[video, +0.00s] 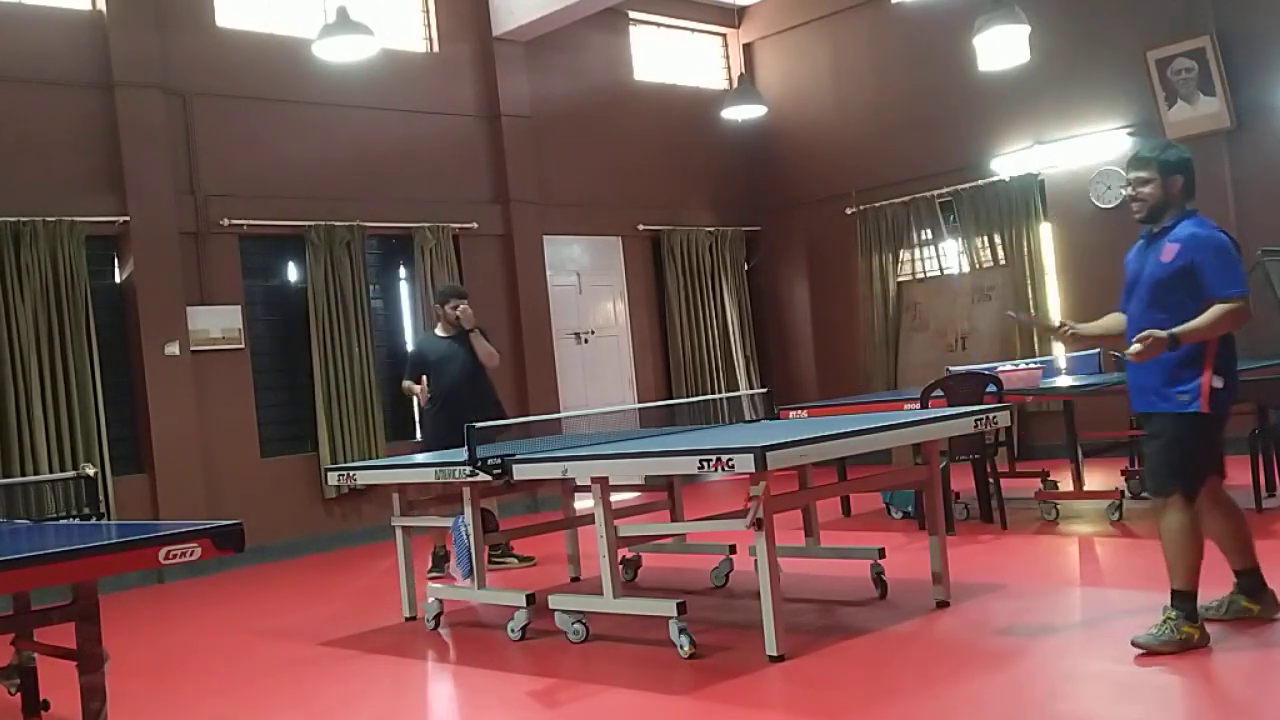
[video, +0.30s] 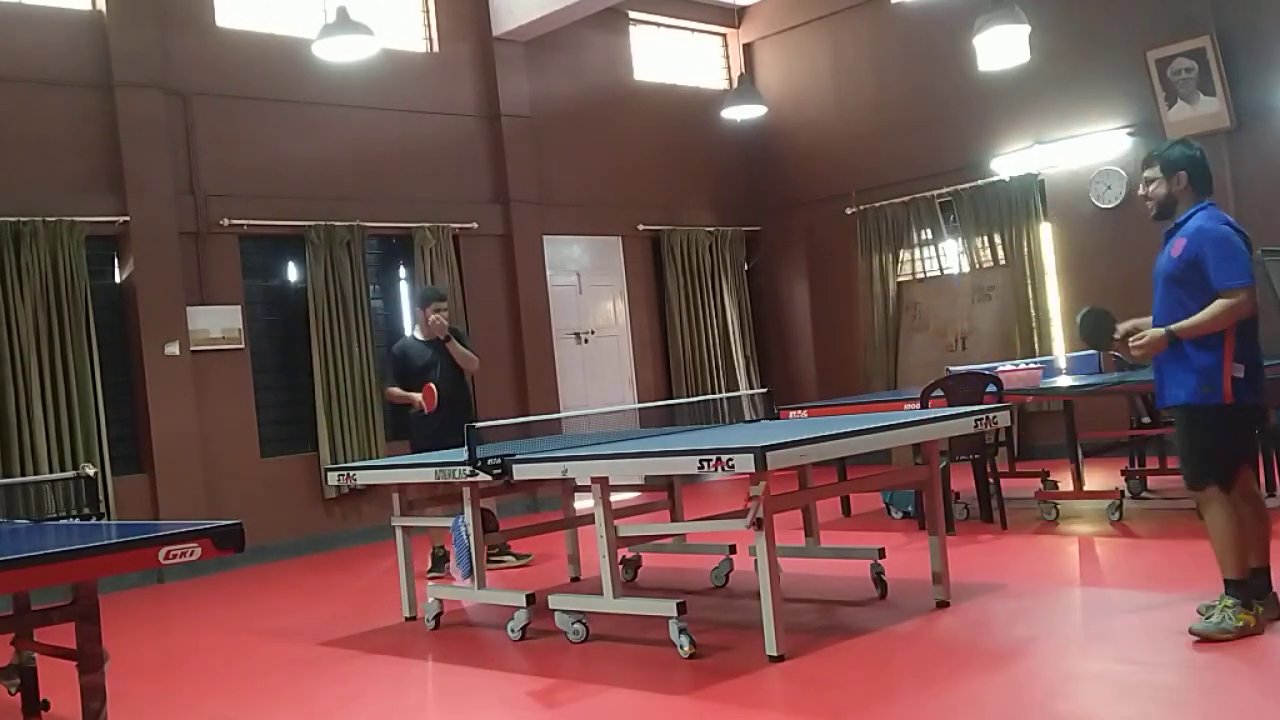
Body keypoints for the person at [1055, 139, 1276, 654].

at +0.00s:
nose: (1131, 194)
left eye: (1141, 184)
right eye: (1128, 186)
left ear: (1176, 184)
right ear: (1132, 191)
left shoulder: (1204, 237)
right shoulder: (1138, 251)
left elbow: (1235, 308)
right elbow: (1130, 316)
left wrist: (1172, 336)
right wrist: (1083, 331)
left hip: (1190, 397)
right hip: (1159, 398)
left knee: (1172, 496)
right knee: (1206, 492)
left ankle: (1183, 618)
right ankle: (1253, 591)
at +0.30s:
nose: (1144, 191)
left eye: (1151, 181)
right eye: (1143, 183)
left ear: (1182, 180)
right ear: (1178, 184)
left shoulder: (1210, 228)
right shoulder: (1185, 232)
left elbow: (1240, 300)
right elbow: (1194, 306)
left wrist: (1167, 334)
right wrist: (1147, 321)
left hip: (1210, 391)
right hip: (1212, 389)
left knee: (1208, 490)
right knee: (1240, 485)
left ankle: (1240, 599)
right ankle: (1257, 590)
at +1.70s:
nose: (1125, 188)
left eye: (1135, 177)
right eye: (1123, 178)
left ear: (1170, 178)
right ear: (1150, 182)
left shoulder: (1179, 235)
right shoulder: (1154, 232)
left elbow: (1177, 319)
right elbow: (1156, 307)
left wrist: (1097, 307)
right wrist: (1117, 343)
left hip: (1190, 394)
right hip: (1162, 393)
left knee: (1199, 492)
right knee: (1175, 484)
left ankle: (1213, 607)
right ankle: (1234, 572)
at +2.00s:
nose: (1102, 189)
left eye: (1114, 180)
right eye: (1100, 180)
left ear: (1149, 182)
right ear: (1103, 183)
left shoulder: (1158, 237)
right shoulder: (1130, 235)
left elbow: (1155, 321)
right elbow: (1137, 308)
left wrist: (1074, 314)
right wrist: (1103, 340)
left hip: (1181, 394)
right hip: (1138, 394)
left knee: (1201, 493)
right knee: (1135, 481)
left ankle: (1214, 606)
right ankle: (1160, 586)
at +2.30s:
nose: (1057, 209)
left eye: (1067, 199)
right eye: (1051, 202)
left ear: (1101, 198)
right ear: (1051, 206)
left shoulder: (1123, 244)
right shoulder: (1074, 261)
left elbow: (1132, 319)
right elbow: (1076, 325)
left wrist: (1055, 326)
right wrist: (1057, 359)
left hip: (1159, 395)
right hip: (1116, 401)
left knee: (1164, 494)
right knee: (1128, 495)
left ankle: (1208, 603)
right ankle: (1139, 599)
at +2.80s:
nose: (1009, 251)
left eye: (1012, 239)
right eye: (1006, 242)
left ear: (1038, 230)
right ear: (1038, 234)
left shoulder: (1084, 270)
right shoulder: (1049, 277)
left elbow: (1072, 354)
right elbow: (1032, 327)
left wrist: (995, 366)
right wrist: (1019, 363)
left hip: (1140, 396)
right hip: (1095, 402)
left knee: (1136, 497)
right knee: (1082, 489)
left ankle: (1169, 618)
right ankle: (1129, 590)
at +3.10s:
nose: (982, 301)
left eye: (983, 291)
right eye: (979, 294)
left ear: (1008, 279)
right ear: (1009, 280)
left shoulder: (1051, 311)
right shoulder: (1034, 305)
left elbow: (1020, 394)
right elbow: (1012, 351)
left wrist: (950, 398)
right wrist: (1005, 385)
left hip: (1142, 402)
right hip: (1101, 410)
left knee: (1117, 500)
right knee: (1070, 495)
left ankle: (1167, 622)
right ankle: (1071, 597)